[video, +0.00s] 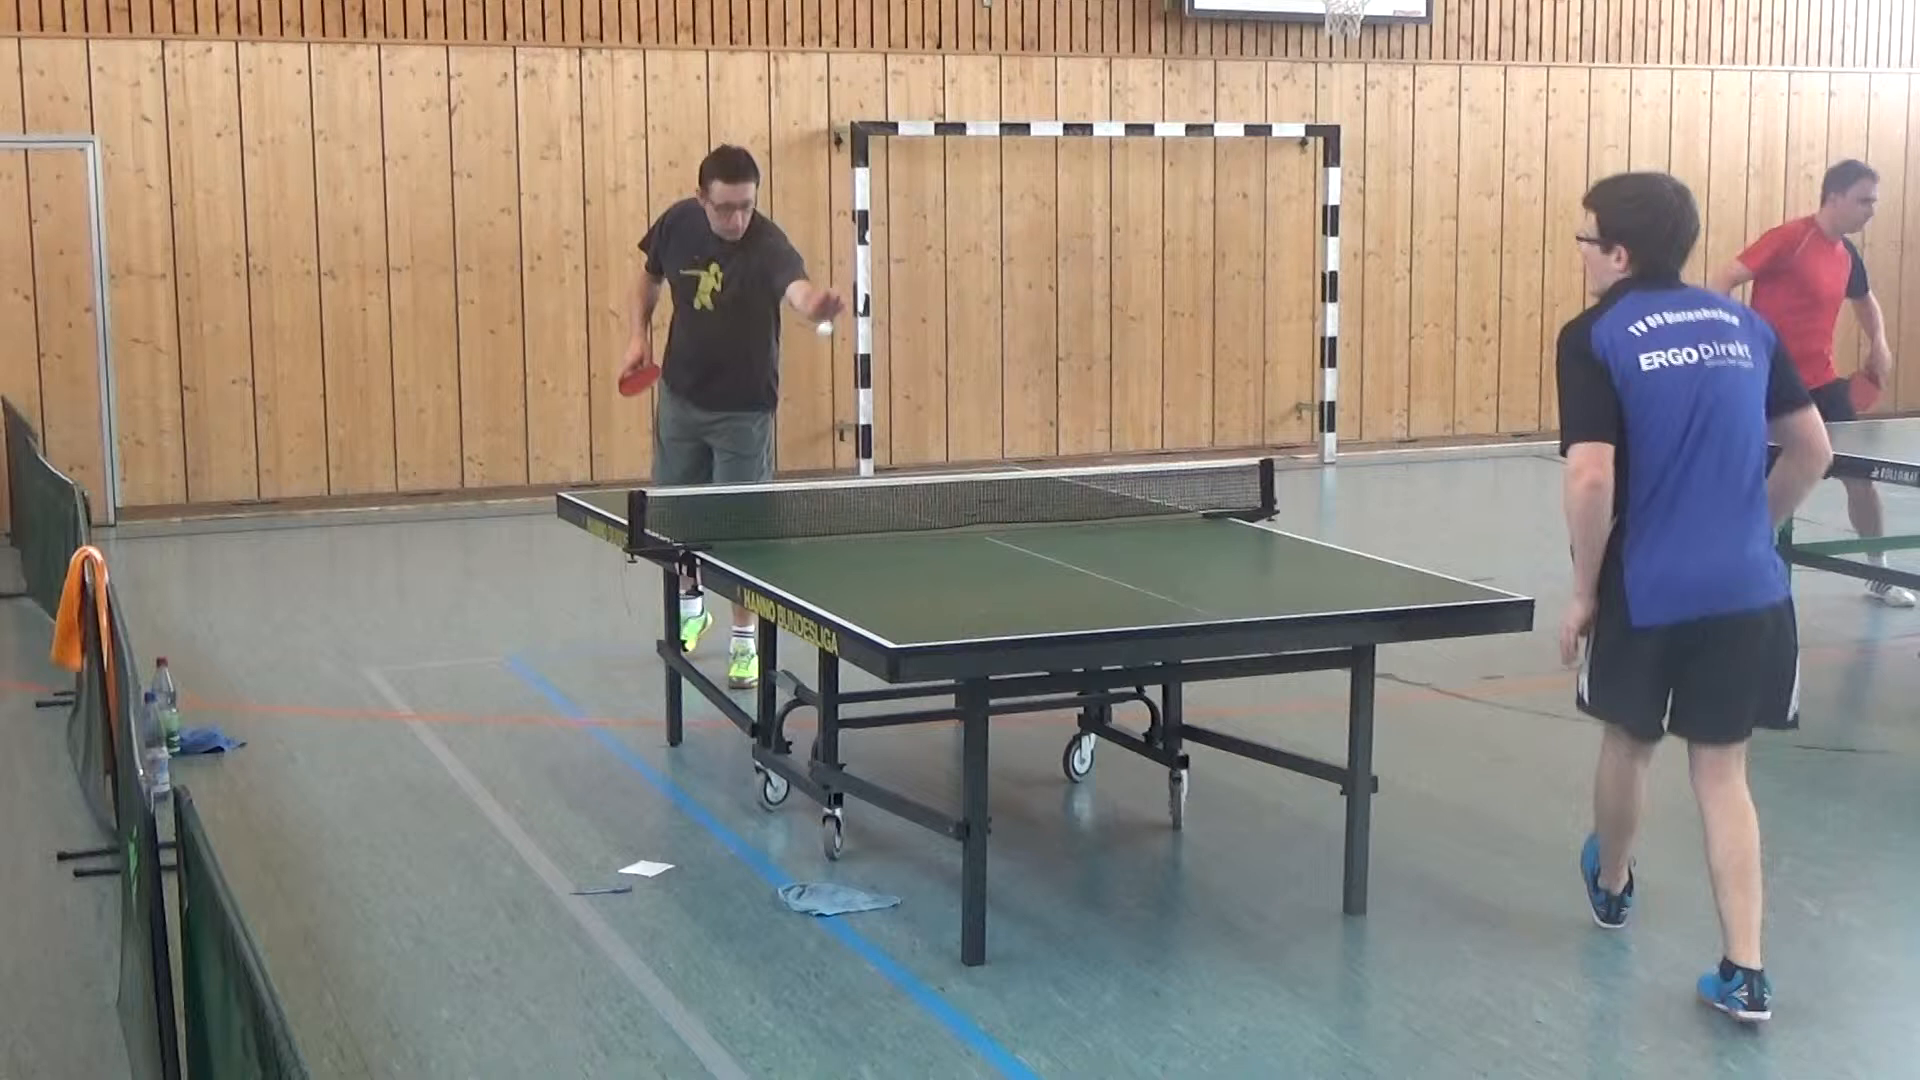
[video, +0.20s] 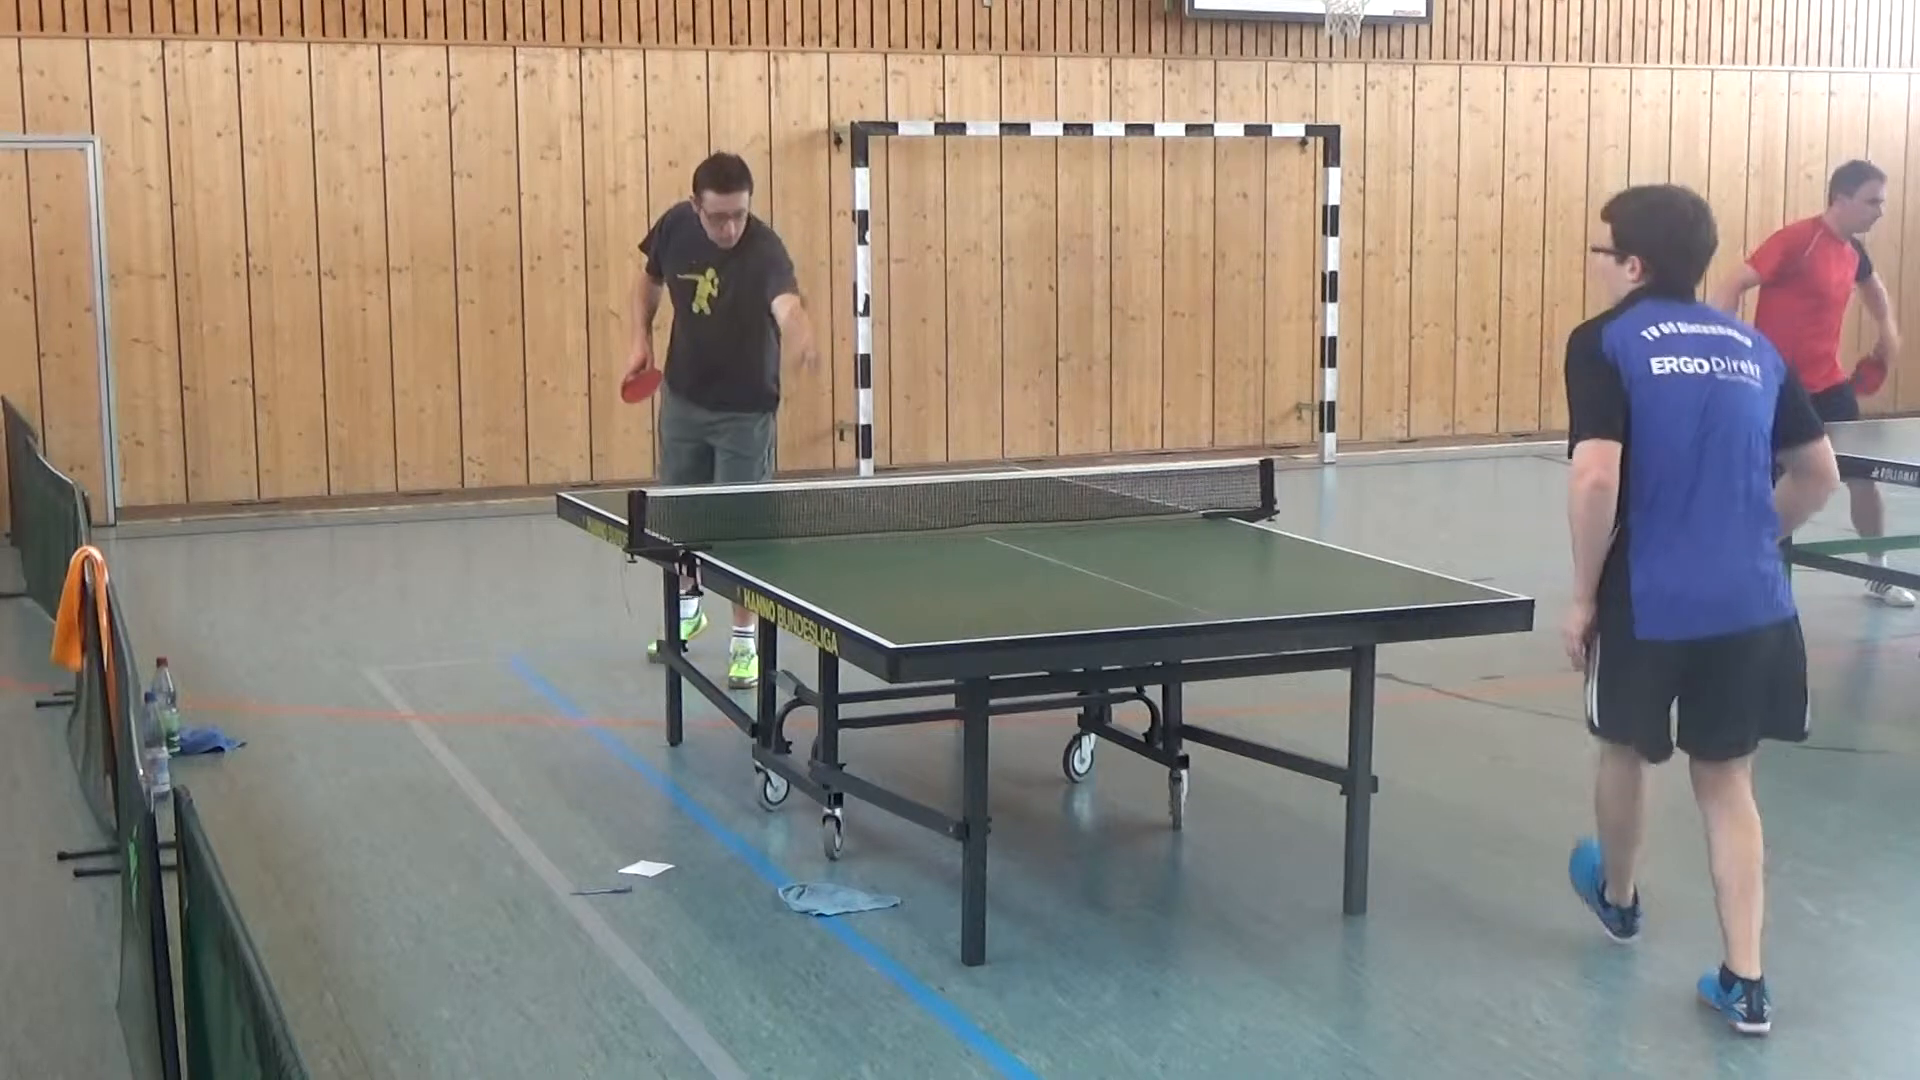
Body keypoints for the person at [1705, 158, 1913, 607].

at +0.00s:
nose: (1871, 211)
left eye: (1874, 202)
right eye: (1865, 201)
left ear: (1846, 202)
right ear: (1834, 198)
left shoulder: (1846, 253)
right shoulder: (1787, 238)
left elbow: (1864, 302)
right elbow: (1721, 280)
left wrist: (1879, 344)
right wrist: (1720, 347)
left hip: (1825, 384)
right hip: (1775, 388)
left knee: (1859, 474)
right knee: (1771, 483)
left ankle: (1879, 573)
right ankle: (1752, 571)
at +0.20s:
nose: (1879, 212)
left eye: (1881, 203)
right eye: (1873, 202)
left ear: (1851, 203)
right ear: (1841, 199)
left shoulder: (1852, 251)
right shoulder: (1795, 238)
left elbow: (1873, 290)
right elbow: (1731, 285)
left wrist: (1888, 335)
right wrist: (1716, 351)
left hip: (1830, 384)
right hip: (1779, 387)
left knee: (1862, 473)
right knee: (1775, 482)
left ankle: (1879, 571)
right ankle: (1761, 571)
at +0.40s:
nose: (1876, 194)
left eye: (1878, 186)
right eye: (1868, 185)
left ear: (1870, 190)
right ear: (1837, 185)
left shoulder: (1876, 245)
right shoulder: (1789, 233)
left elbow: (1860, 304)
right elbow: (1742, 284)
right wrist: (1721, 335)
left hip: (1846, 376)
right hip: (1786, 376)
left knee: (1867, 474)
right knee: (1768, 469)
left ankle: (1879, 574)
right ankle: (1753, 568)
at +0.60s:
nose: (1843, 182)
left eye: (1847, 174)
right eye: (1832, 174)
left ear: (1853, 179)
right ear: (1808, 180)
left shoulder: (1867, 230)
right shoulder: (1777, 227)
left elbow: (1914, 256)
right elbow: (1748, 285)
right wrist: (1719, 344)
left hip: (1844, 375)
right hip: (1780, 371)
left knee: (1863, 473)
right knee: (1745, 473)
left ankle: (1881, 571)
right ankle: (1728, 575)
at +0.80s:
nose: (1801, 184)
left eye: (1807, 176)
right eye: (1791, 176)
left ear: (1815, 182)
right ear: (1771, 183)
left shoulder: (1834, 235)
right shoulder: (1744, 234)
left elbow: (1889, 287)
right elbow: (1728, 281)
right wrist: (1722, 324)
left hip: (1820, 384)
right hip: (1755, 382)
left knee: (1849, 476)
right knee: (1720, 473)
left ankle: (1880, 570)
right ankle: (1690, 562)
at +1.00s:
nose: (1786, 164)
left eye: (1792, 157)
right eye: (1776, 156)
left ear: (1799, 164)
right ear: (1754, 163)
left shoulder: (1817, 220)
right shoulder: (1722, 217)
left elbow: (1856, 281)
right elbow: (1696, 269)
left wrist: (1824, 315)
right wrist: (1683, 323)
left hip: (1801, 368)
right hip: (1736, 367)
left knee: (1828, 466)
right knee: (1703, 465)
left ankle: (1850, 567)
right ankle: (1677, 554)